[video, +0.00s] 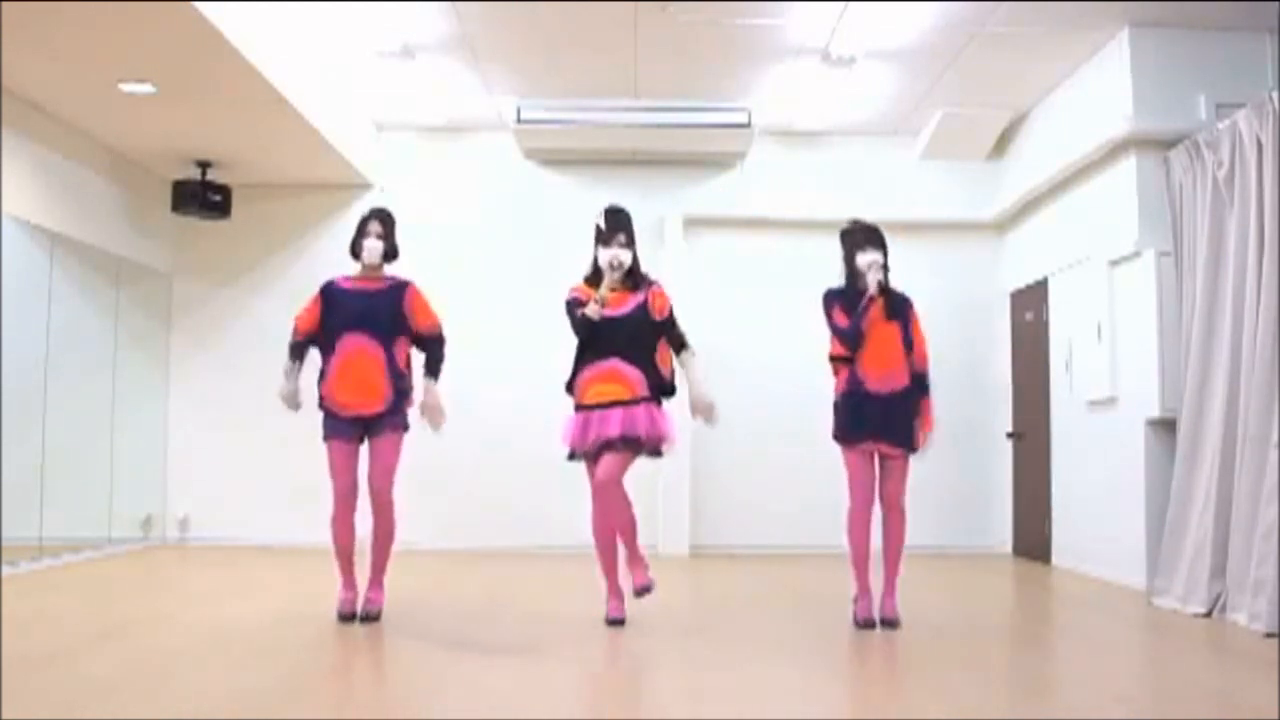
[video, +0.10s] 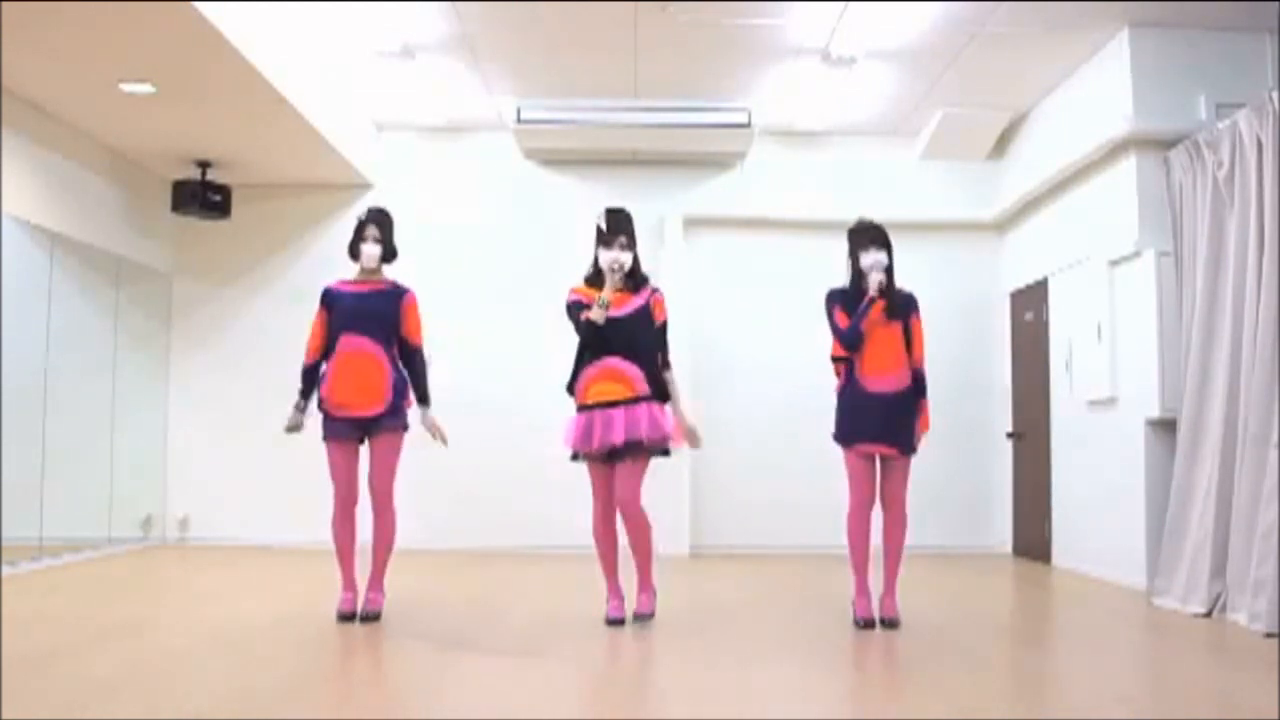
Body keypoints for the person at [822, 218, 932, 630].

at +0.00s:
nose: (870, 261)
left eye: (875, 253)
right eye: (861, 254)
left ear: (885, 256)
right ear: (848, 259)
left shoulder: (900, 304)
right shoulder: (837, 300)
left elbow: (918, 359)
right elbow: (847, 340)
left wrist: (924, 408)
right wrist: (870, 296)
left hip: (897, 403)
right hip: (855, 403)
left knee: (893, 501)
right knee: (862, 500)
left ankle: (890, 593)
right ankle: (862, 593)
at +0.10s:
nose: (873, 259)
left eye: (879, 250)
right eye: (864, 251)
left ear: (890, 254)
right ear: (852, 257)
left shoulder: (905, 302)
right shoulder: (840, 299)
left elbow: (916, 360)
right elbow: (849, 340)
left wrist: (922, 409)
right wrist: (871, 297)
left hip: (900, 403)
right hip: (859, 403)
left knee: (894, 502)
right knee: (862, 500)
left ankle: (890, 593)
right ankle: (861, 593)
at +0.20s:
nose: (875, 259)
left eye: (881, 251)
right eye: (867, 252)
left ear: (892, 255)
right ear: (855, 256)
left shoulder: (907, 299)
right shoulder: (842, 300)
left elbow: (922, 358)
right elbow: (841, 343)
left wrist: (931, 407)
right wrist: (866, 298)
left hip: (899, 404)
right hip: (857, 403)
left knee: (894, 501)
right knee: (862, 499)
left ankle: (889, 593)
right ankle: (861, 593)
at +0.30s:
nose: (870, 259)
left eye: (878, 251)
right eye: (864, 250)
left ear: (891, 255)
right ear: (854, 254)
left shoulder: (906, 298)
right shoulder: (844, 301)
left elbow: (906, 351)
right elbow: (837, 352)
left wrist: (900, 400)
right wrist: (851, 308)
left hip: (902, 409)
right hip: (857, 410)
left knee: (897, 502)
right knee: (863, 500)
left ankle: (889, 593)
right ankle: (861, 593)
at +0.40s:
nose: (857, 259)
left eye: (863, 250)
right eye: (853, 251)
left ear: (884, 253)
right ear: (850, 255)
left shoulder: (899, 295)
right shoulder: (851, 298)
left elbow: (869, 327)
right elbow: (839, 354)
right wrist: (834, 311)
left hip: (900, 403)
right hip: (859, 403)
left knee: (896, 502)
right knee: (865, 498)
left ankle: (890, 594)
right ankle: (862, 593)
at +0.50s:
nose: (845, 259)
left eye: (851, 251)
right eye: (847, 251)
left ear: (870, 254)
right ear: (871, 256)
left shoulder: (888, 297)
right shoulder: (864, 300)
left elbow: (822, 325)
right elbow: (835, 351)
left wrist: (820, 282)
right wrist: (834, 299)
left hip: (900, 410)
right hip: (868, 410)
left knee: (885, 499)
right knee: (869, 503)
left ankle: (901, 592)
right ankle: (868, 592)